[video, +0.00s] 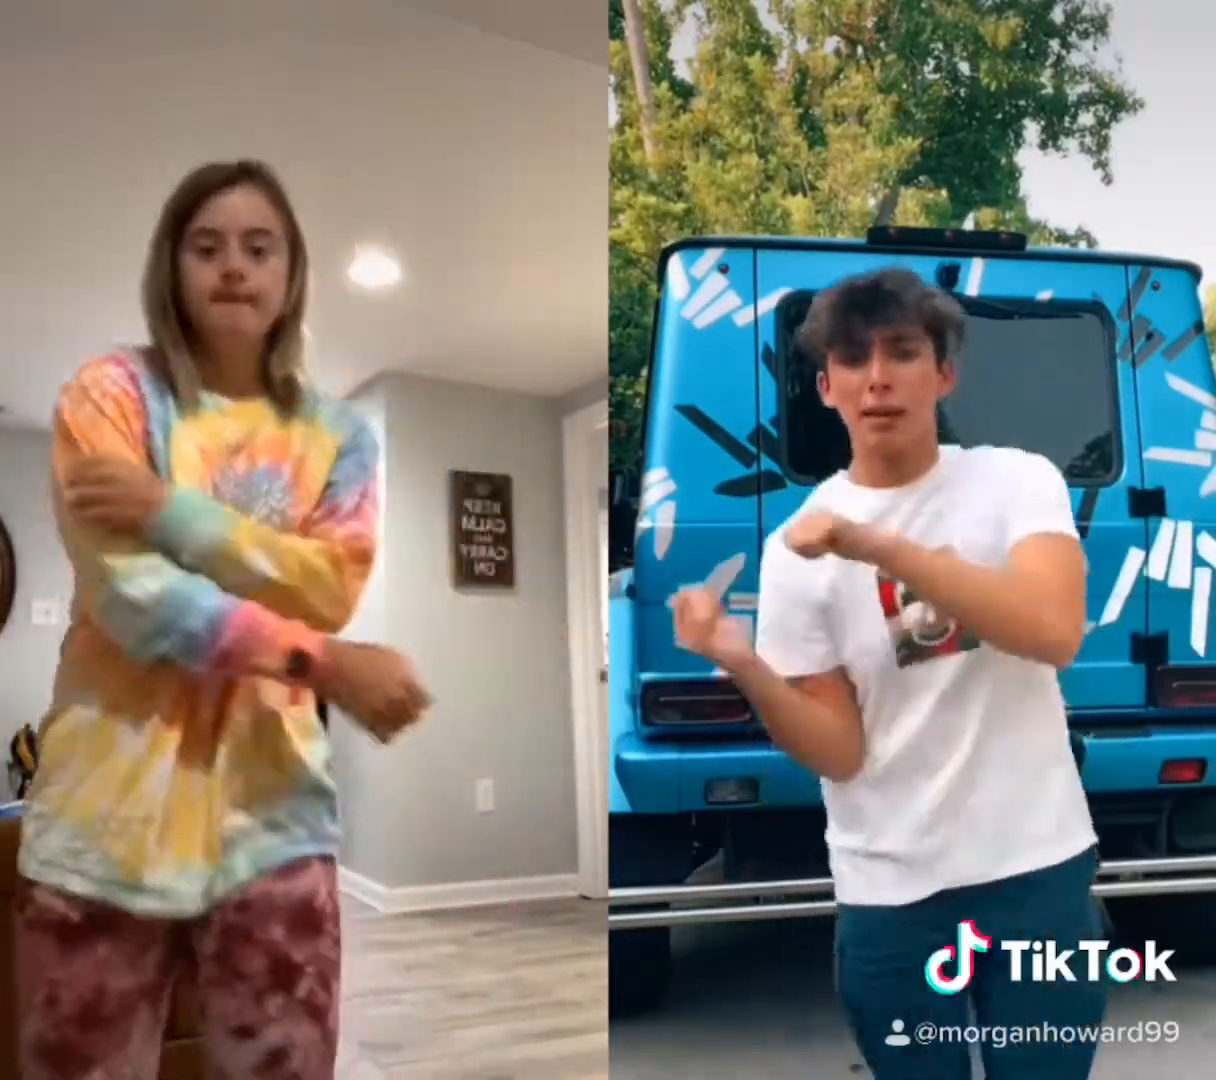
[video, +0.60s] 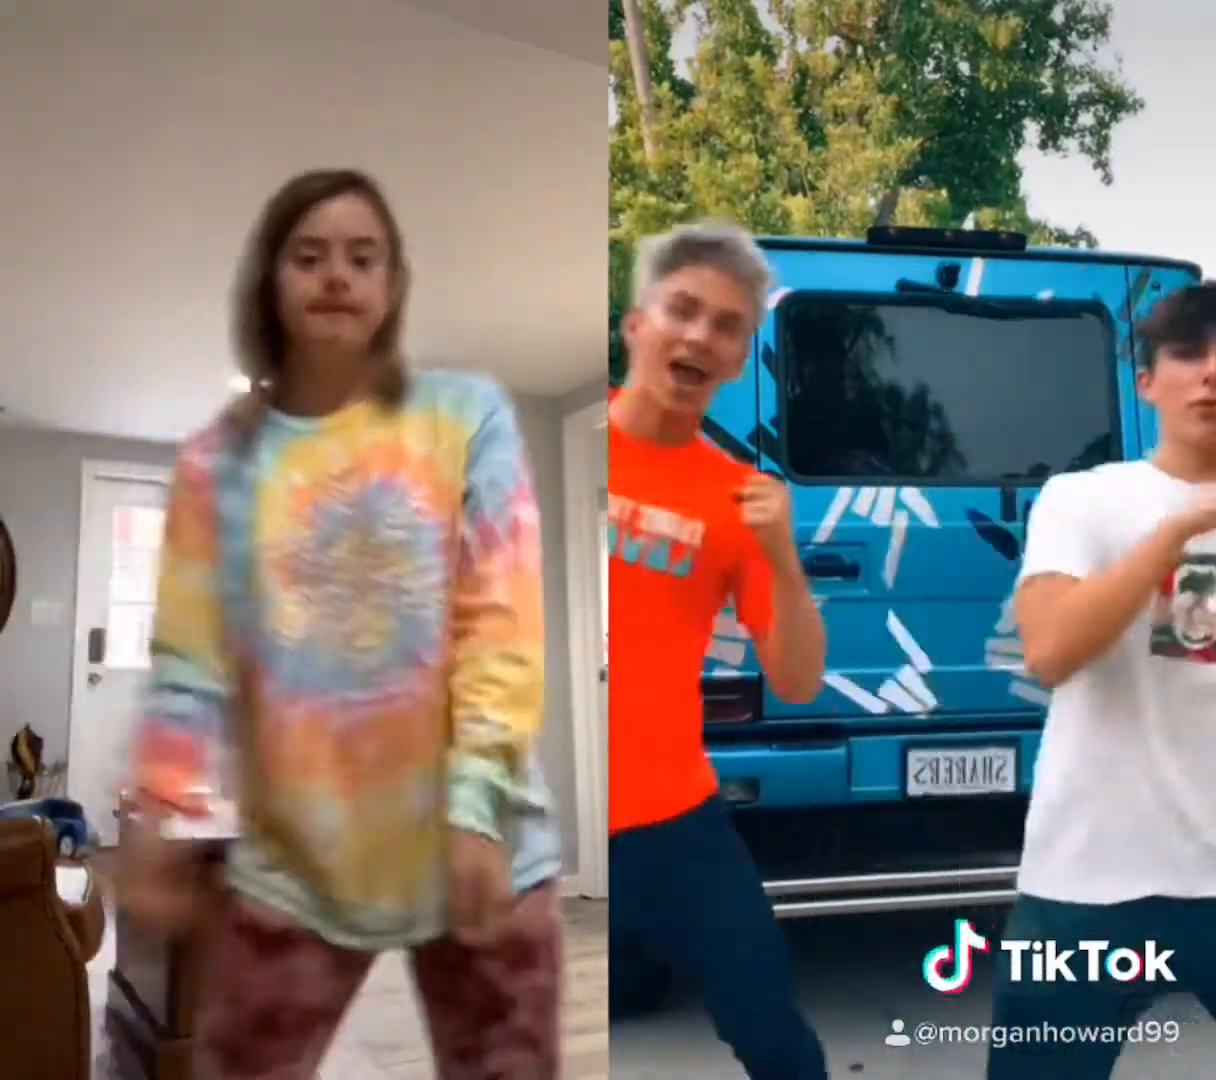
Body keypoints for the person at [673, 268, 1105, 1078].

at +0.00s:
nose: (878, 379)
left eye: (901, 354)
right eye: (854, 359)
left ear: (944, 375)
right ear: (825, 386)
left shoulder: (1015, 481)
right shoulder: (804, 538)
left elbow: (1054, 629)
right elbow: (839, 752)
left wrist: (889, 550)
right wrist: (740, 660)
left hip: (1035, 870)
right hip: (885, 890)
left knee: (1043, 1064)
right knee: (917, 1064)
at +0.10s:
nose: (875, 431)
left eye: (898, 405)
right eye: (853, 411)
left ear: (941, 428)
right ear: (826, 439)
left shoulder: (1022, 529)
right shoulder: (813, 607)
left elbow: (1073, 683)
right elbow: (864, 812)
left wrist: (889, 641)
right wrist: (761, 757)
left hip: (1062, 920)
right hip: (907, 938)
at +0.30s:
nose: (943, 445)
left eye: (966, 425)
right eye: (920, 428)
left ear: (1004, 456)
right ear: (885, 464)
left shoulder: (1085, 561)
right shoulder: (860, 629)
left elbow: (1141, 746)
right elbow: (880, 835)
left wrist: (976, 657)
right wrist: (805, 703)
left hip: (1120, 932)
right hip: (957, 948)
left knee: (1186, 1061)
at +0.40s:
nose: (1024, 384)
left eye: (1048, 366)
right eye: (999, 366)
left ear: (1082, 397)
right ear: (961, 398)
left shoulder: (1145, 514)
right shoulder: (925, 540)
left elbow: (1206, 691)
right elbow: (896, 739)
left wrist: (1094, 552)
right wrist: (903, 553)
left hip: (1157, 893)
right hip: (992, 909)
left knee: (1202, 1057)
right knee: (967, 1066)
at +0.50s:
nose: (1117, 354)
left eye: (1142, 335)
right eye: (1092, 334)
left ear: (1173, 365)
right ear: (1053, 366)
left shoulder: (1203, 490)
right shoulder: (991, 497)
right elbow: (957, 648)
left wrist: (1215, 482)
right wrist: (1047, 480)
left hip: (1194, 872)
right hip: (1034, 881)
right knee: (992, 1066)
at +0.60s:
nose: (1209, 376)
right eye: (1187, 357)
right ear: (1148, 383)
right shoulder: (1083, 500)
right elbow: (1050, 650)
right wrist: (1179, 530)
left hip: (1213, 881)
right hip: (1089, 883)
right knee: (1035, 1067)